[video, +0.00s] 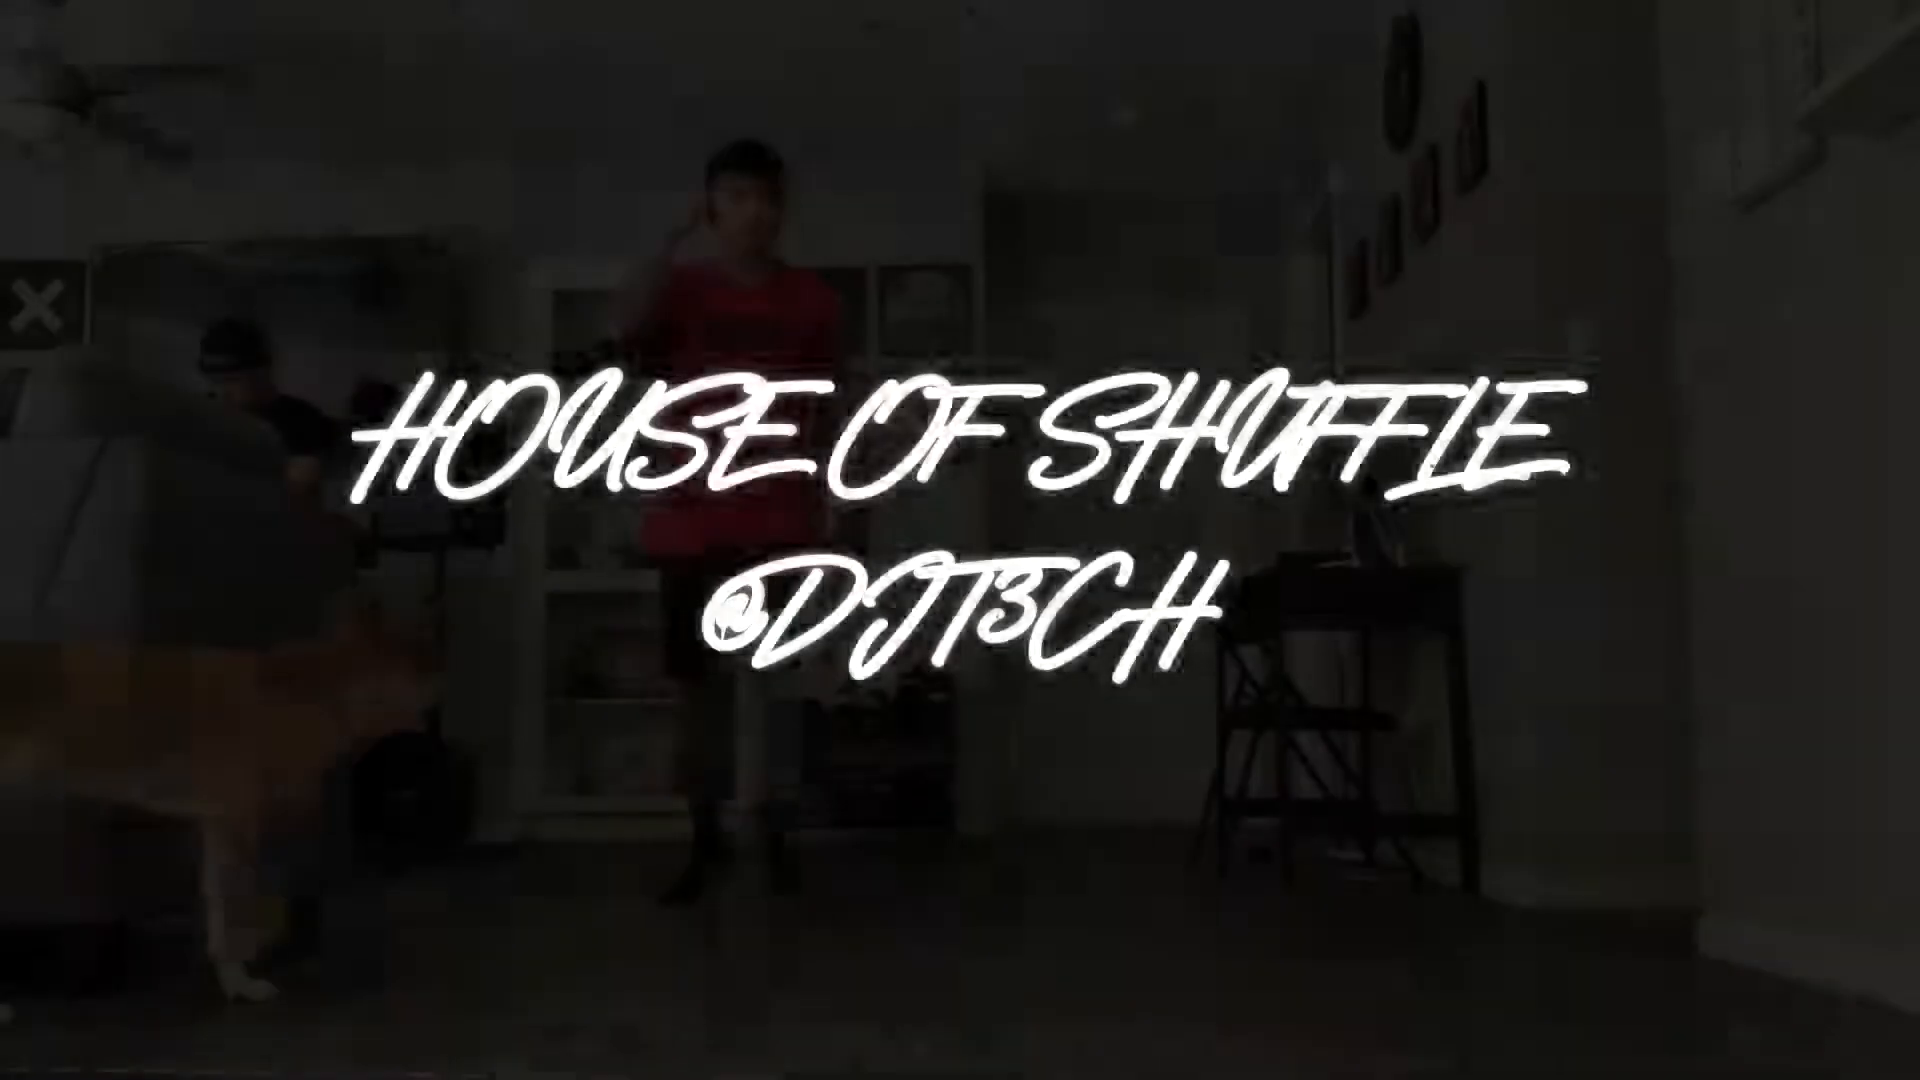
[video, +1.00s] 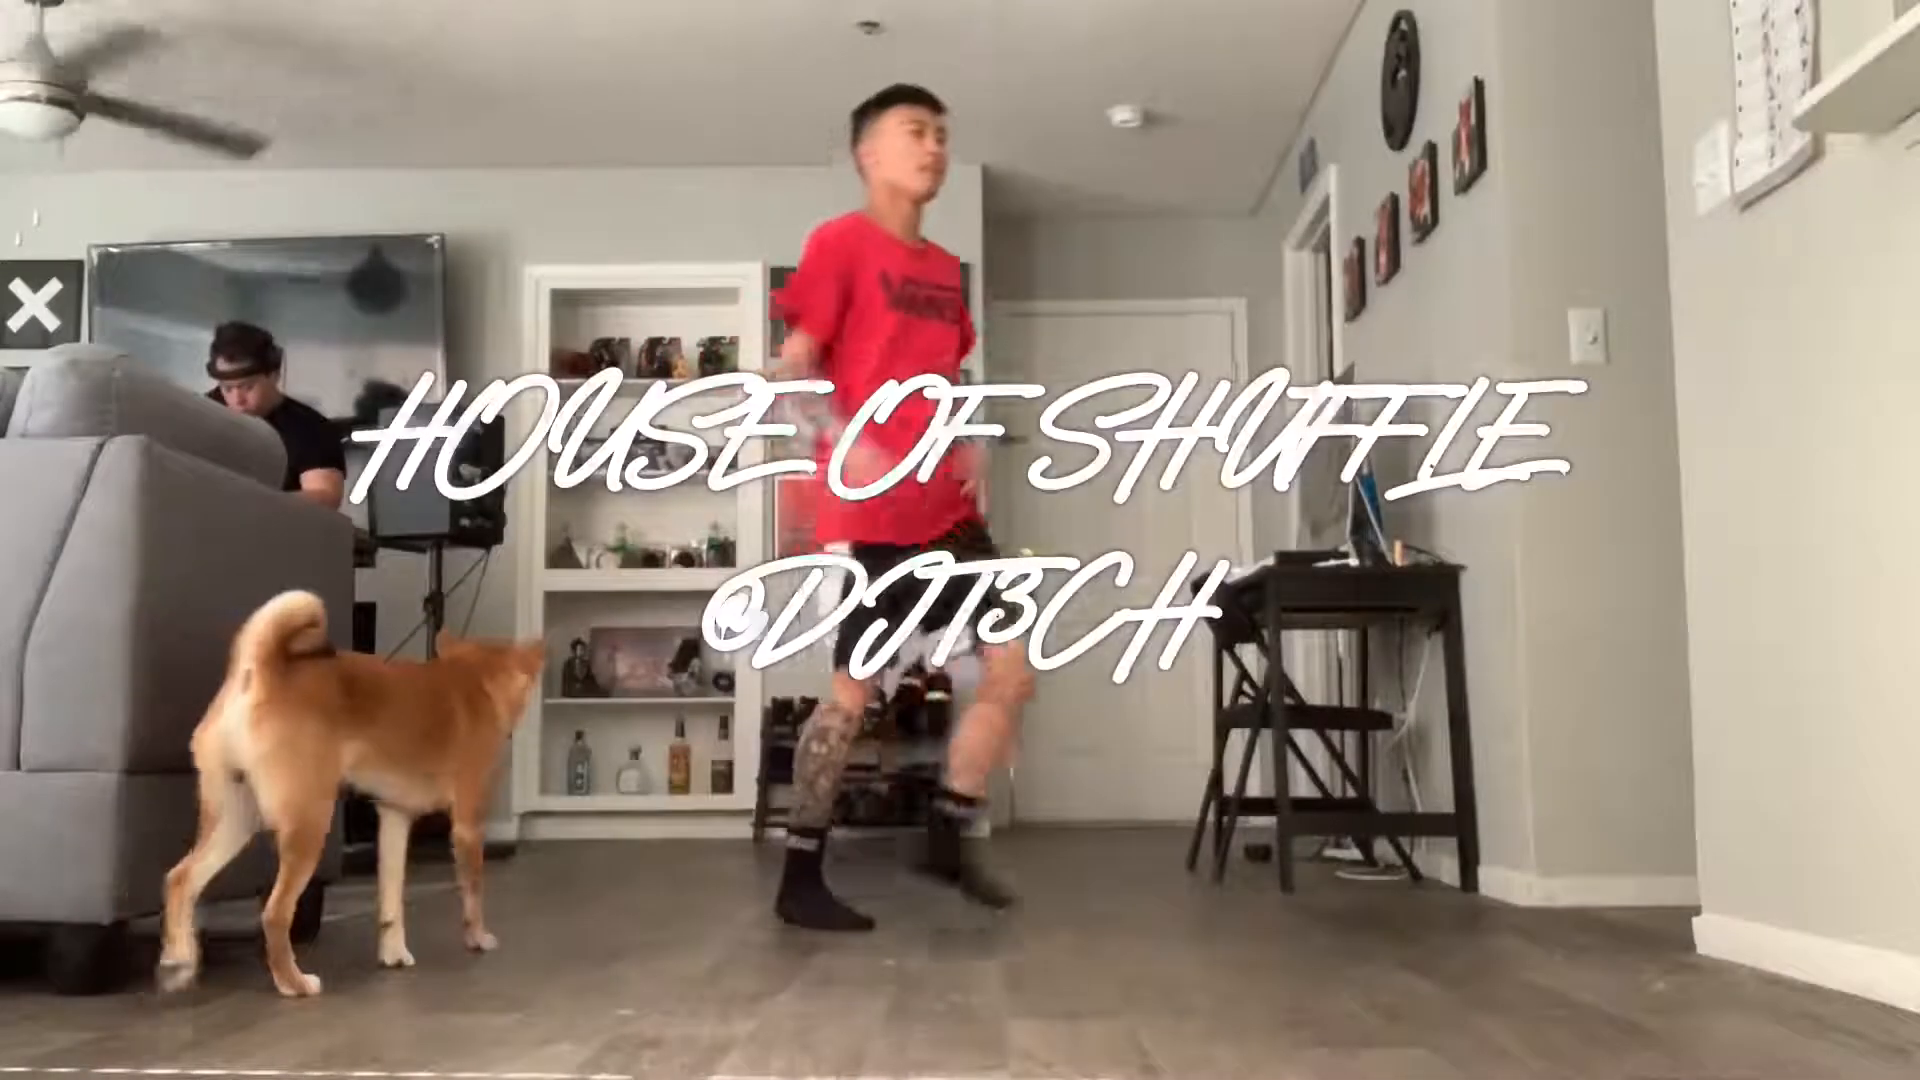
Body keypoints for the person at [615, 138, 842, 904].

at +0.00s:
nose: (744, 214)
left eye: (758, 199)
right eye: (732, 197)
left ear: (779, 209)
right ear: (708, 205)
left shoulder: (811, 301)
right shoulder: (675, 293)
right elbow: (627, 367)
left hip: (786, 526)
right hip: (695, 529)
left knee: (786, 691)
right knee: (701, 694)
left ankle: (783, 846)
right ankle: (704, 847)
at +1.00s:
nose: (935, 147)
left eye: (940, 136)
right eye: (916, 132)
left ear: (941, 162)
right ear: (864, 154)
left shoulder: (946, 267)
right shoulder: (841, 240)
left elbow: (953, 385)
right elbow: (792, 369)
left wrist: (969, 460)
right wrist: (841, 442)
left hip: (948, 516)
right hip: (868, 518)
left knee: (1010, 666)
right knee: (854, 690)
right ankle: (801, 875)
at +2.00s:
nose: (845, 77)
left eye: (864, 66)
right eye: (830, 66)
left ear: (894, 98)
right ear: (809, 98)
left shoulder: (932, 204)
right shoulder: (769, 205)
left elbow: (957, 333)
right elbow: (736, 328)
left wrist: (907, 362)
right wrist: (781, 356)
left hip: (888, 469)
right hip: (789, 467)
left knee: (875, 656)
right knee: (788, 640)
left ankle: (858, 855)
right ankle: (813, 837)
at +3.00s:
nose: (903, 29)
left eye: (914, 16)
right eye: (879, 15)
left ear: (930, 42)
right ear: (833, 43)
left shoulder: (968, 163)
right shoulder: (798, 172)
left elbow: (997, 299)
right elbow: (773, 324)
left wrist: (952, 250)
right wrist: (786, 409)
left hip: (951, 434)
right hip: (842, 448)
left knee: (969, 617)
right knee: (830, 666)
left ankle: (995, 833)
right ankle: (812, 867)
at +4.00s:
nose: (1143, 66)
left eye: (1150, 53)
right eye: (1122, 50)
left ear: (1153, 82)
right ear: (1067, 71)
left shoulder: (1126, 198)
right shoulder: (1042, 162)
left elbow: (1105, 317)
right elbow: (987, 287)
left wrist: (1169, 362)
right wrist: (1111, 323)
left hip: (1159, 465)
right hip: (1078, 466)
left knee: (1224, 657)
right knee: (1077, 685)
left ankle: (1185, 893)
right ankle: (1005, 866)